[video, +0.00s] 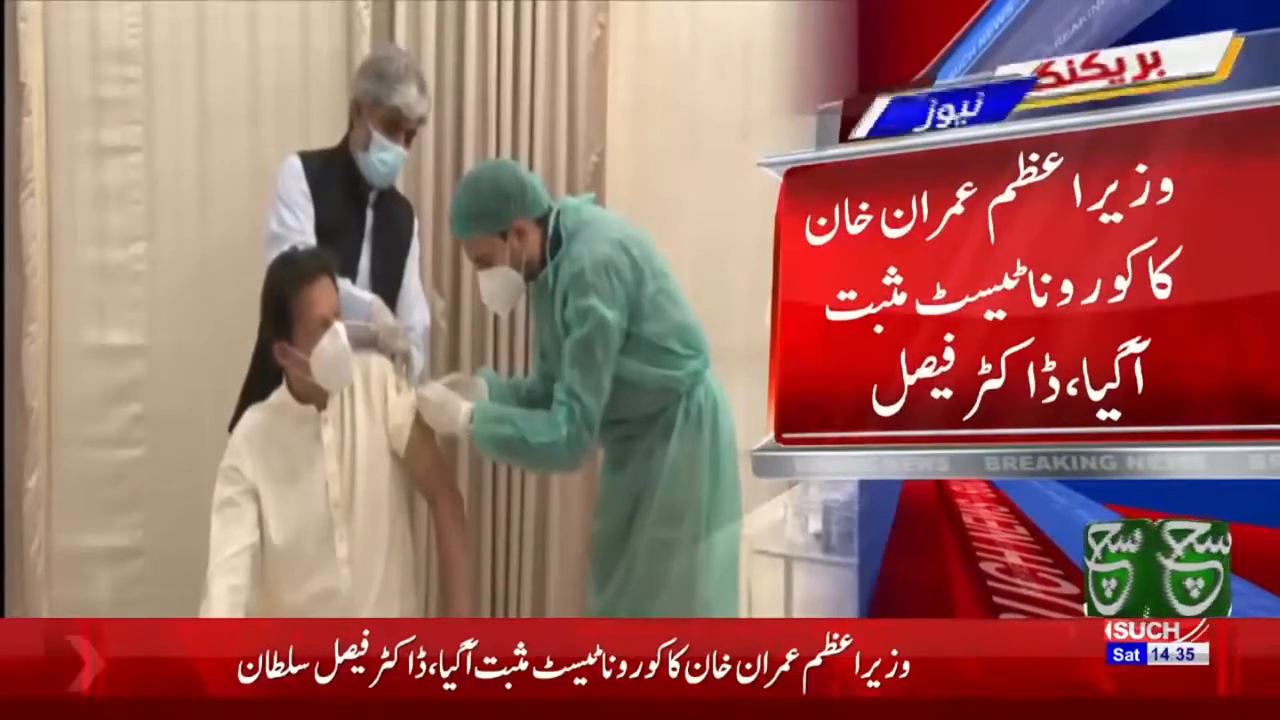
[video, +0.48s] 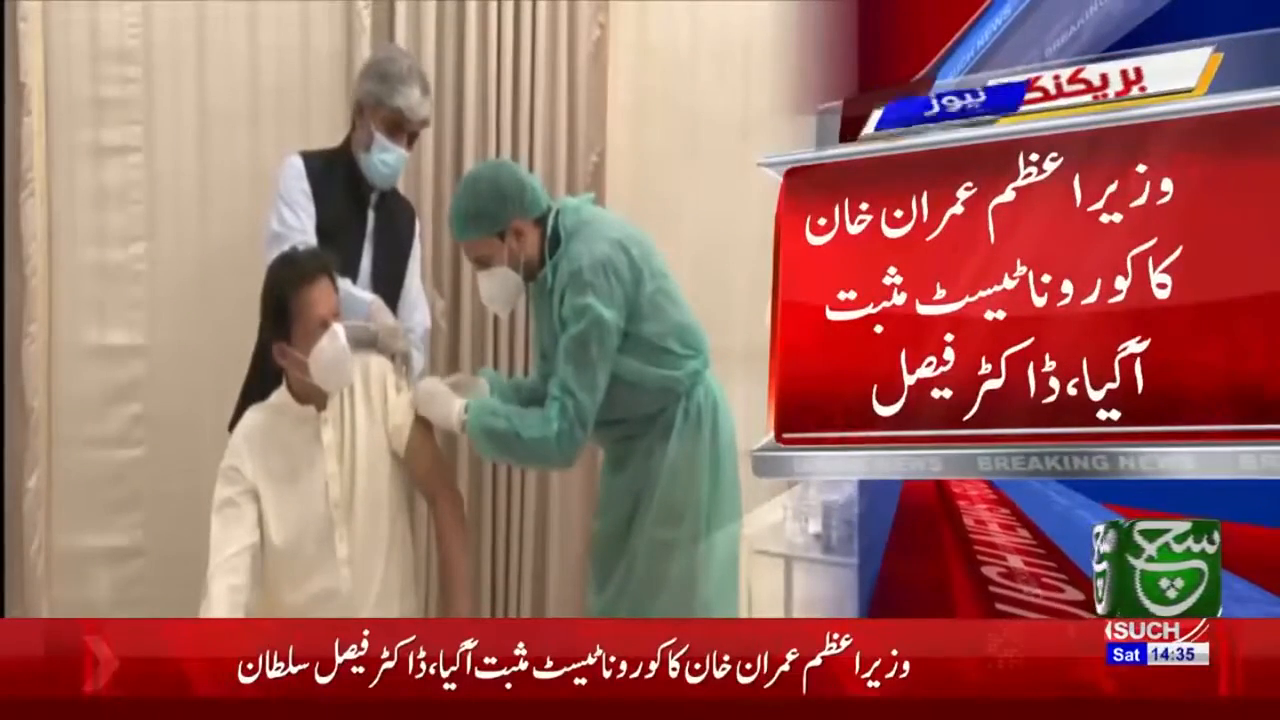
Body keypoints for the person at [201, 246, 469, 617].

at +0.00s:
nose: (339, 336)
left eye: (339, 320)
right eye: (322, 328)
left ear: (349, 318)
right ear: (284, 351)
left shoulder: (376, 380)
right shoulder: (253, 436)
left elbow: (444, 496)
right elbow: (229, 572)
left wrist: (460, 614)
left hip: (390, 621)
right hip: (293, 636)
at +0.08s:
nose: (339, 336)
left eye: (340, 320)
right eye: (322, 328)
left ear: (349, 319)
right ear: (285, 352)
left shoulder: (376, 381)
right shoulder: (254, 435)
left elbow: (444, 495)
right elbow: (229, 571)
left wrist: (460, 615)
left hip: (390, 620)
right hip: (293, 635)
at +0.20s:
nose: (339, 336)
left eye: (339, 320)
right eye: (322, 328)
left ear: (350, 319)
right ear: (284, 352)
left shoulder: (376, 381)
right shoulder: (254, 436)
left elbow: (444, 496)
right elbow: (229, 572)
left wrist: (460, 614)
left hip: (390, 620)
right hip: (293, 635)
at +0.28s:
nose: (339, 337)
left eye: (340, 320)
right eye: (322, 328)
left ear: (350, 319)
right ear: (284, 352)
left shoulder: (376, 381)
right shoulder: (254, 435)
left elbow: (444, 496)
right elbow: (229, 571)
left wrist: (460, 614)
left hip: (389, 619)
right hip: (293, 634)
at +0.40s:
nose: (339, 337)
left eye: (339, 320)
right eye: (322, 329)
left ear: (350, 320)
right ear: (283, 351)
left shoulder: (376, 381)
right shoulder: (254, 435)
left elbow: (444, 496)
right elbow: (230, 570)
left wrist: (460, 614)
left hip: (389, 619)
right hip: (293, 633)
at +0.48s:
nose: (338, 337)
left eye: (339, 321)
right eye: (321, 329)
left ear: (350, 320)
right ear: (283, 351)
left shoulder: (376, 381)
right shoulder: (254, 435)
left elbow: (444, 496)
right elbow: (230, 570)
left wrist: (460, 614)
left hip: (389, 619)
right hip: (293, 632)